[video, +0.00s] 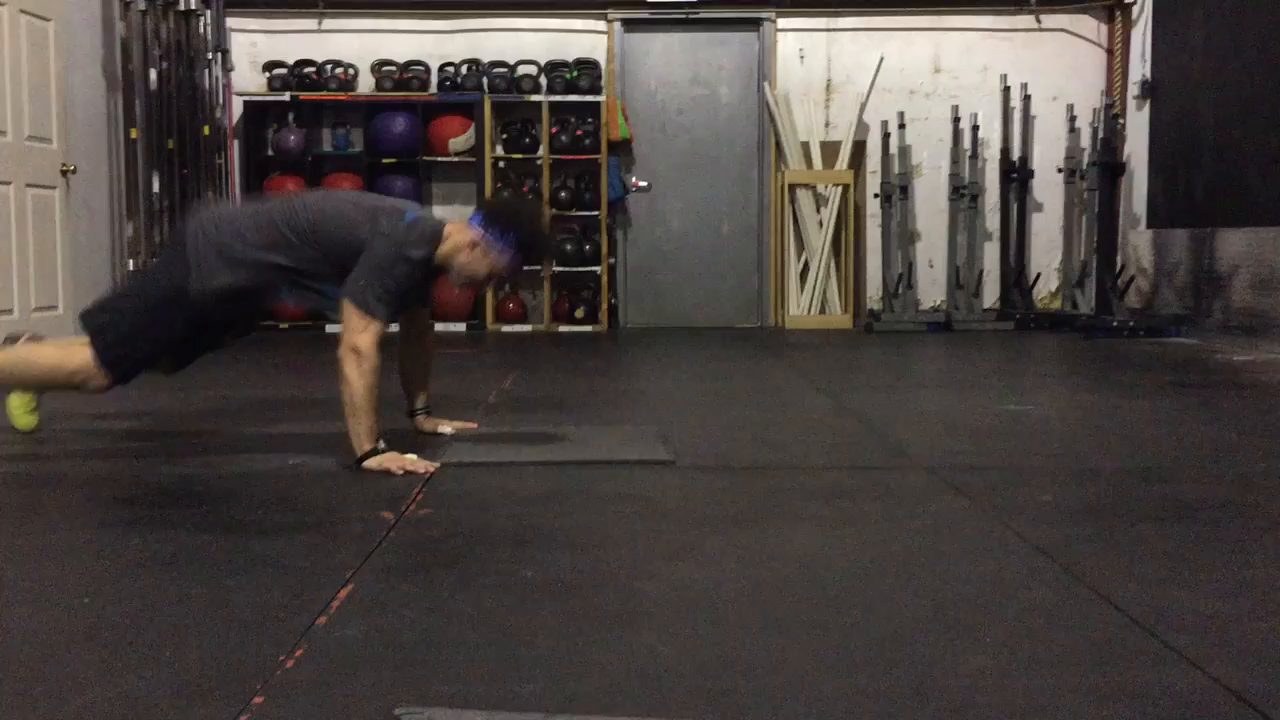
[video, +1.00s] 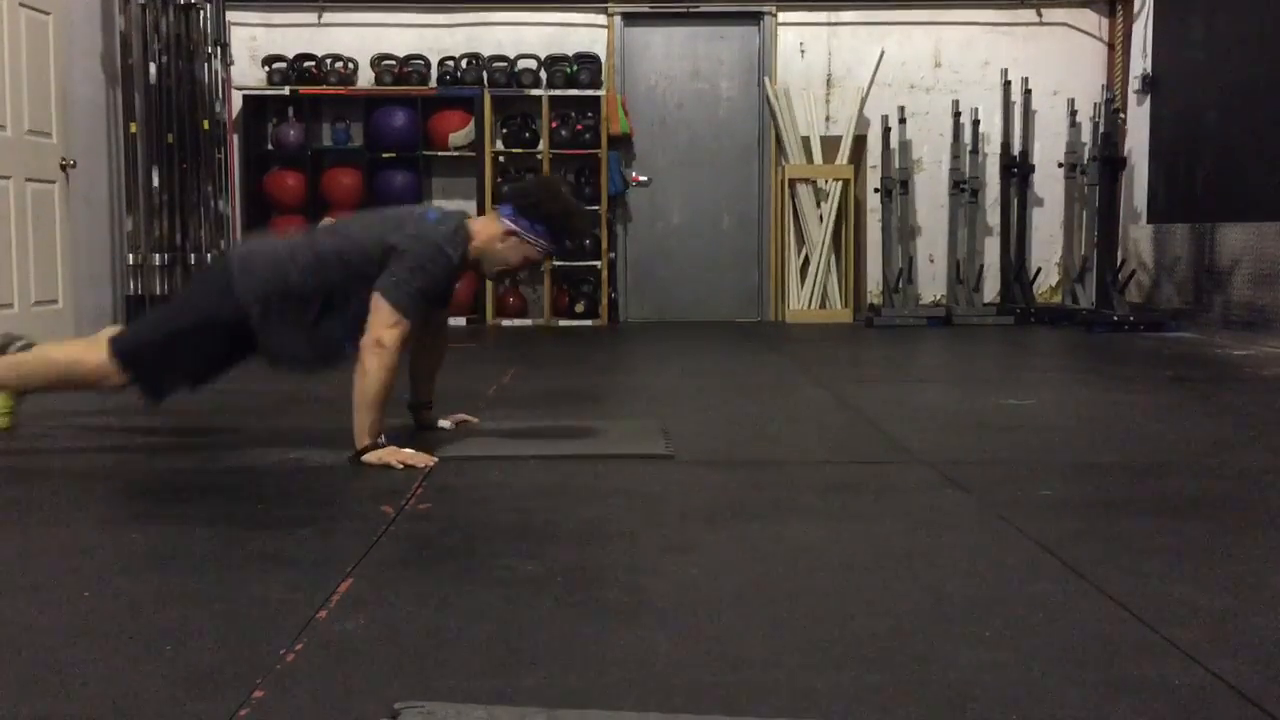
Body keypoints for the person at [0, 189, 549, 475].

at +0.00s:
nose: (481, 281)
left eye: (491, 275)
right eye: (488, 270)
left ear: (478, 239)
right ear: (474, 236)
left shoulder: (430, 246)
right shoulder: (399, 241)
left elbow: (415, 331)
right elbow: (356, 345)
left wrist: (420, 410)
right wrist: (367, 450)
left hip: (243, 282)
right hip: (210, 260)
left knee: (119, 358)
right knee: (99, 365)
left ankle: (24, 371)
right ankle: (7, 362)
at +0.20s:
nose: (487, 274)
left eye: (494, 264)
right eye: (487, 260)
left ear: (464, 242)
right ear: (456, 238)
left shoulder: (420, 281)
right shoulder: (385, 271)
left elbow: (394, 353)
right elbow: (333, 357)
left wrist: (415, 416)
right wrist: (366, 451)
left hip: (237, 373)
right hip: (218, 383)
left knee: (116, 392)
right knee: (66, 423)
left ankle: (18, 366)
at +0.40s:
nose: (506, 376)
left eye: (512, 365)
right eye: (506, 362)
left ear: (482, 331)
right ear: (482, 336)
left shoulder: (436, 347)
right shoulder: (419, 346)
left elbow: (354, 378)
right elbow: (322, 372)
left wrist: (418, 413)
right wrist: (366, 451)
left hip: (234, 392)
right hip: (218, 405)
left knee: (109, 400)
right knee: (49, 429)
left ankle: (8, 360)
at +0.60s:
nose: (518, 414)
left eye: (526, 404)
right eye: (523, 401)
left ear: (498, 369)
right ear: (500, 377)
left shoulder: (451, 363)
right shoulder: (443, 377)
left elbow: (374, 341)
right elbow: (343, 356)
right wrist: (367, 446)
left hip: (248, 386)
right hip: (237, 405)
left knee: (118, 403)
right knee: (65, 425)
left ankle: (13, 353)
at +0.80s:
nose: (514, 312)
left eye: (519, 301)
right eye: (512, 297)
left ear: (482, 281)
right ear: (476, 278)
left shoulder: (439, 305)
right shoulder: (420, 304)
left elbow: (387, 355)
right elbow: (339, 354)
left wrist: (419, 408)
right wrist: (366, 448)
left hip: (250, 379)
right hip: (236, 390)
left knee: (129, 401)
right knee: (77, 424)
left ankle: (21, 360)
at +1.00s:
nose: (525, 270)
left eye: (535, 262)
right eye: (530, 256)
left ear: (508, 229)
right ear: (506, 226)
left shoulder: (452, 243)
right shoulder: (434, 242)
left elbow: (430, 331)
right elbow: (381, 338)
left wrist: (421, 417)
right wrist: (367, 444)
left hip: (257, 292)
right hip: (247, 291)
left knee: (120, 356)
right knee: (113, 362)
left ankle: (11, 376)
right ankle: (7, 376)